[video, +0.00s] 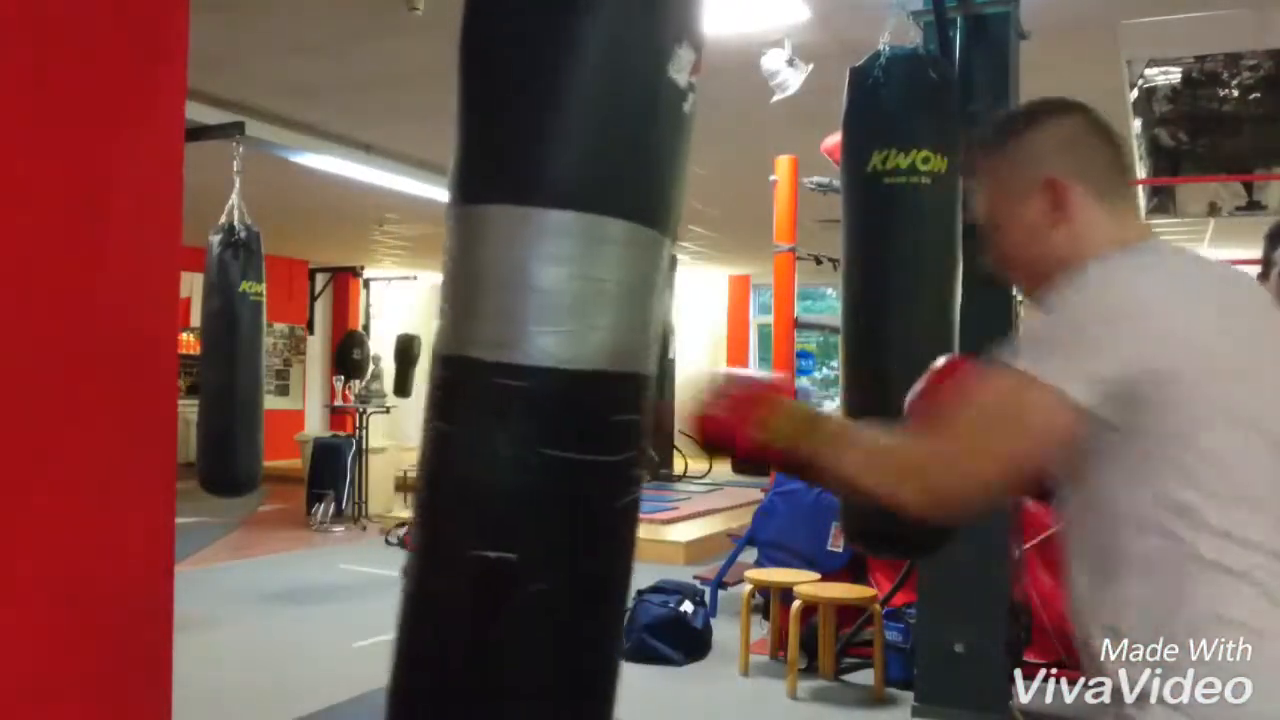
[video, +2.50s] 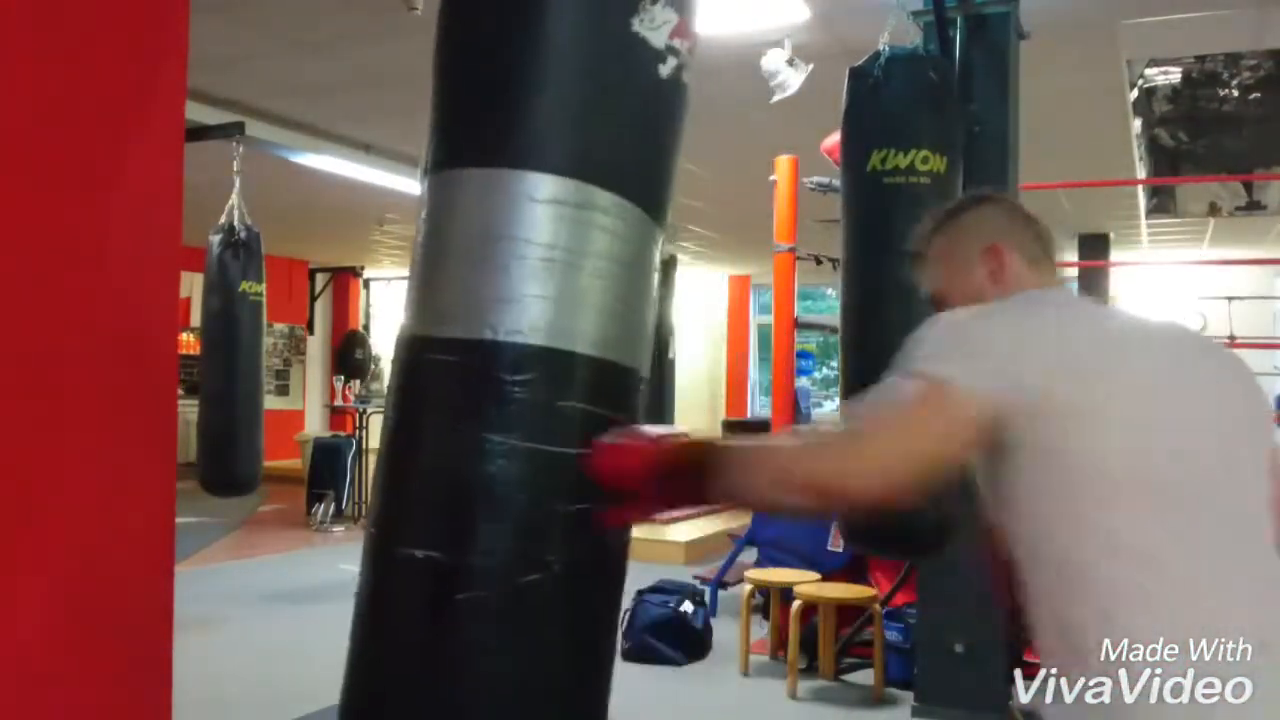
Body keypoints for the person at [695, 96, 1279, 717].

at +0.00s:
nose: (987, 257)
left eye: (989, 227)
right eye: (980, 232)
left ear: (1057, 202)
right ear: (1079, 201)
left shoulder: (1112, 303)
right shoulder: (1242, 298)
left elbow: (938, 481)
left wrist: (790, 427)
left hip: (1166, 693)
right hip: (1258, 689)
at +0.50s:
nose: (888, 366)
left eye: (881, 341)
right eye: (874, 344)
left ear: (937, 315)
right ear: (937, 312)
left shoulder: (1145, 386)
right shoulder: (997, 403)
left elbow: (1196, 629)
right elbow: (935, 429)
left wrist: (984, 599)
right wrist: (828, 410)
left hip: (1231, 699)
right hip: (1116, 691)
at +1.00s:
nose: (958, 358)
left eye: (945, 334)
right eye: (942, 341)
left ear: (968, 299)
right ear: (1040, 262)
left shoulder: (1023, 403)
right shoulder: (1251, 333)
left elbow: (1032, 675)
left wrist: (929, 613)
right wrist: (993, 582)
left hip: (1146, 706)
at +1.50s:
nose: (1040, 305)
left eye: (1031, 276)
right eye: (1025, 281)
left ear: (1080, 230)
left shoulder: (1145, 311)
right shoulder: (1263, 285)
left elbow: (1069, 529)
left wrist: (933, 494)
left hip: (1244, 692)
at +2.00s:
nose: (894, 310)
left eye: (885, 283)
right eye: (880, 288)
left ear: (915, 247)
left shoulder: (1033, 329)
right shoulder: (1086, 306)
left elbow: (1013, 591)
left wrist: (874, 507)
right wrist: (925, 492)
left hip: (1191, 699)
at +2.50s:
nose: (938, 316)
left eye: (940, 299)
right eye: (931, 302)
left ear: (996, 264)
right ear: (1035, 262)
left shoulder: (986, 338)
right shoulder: (1216, 361)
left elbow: (867, 469)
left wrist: (690, 464)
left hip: (1112, 698)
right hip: (1263, 699)